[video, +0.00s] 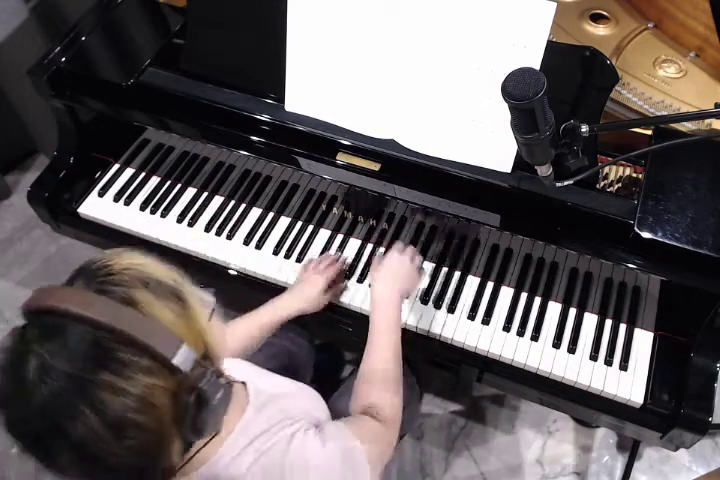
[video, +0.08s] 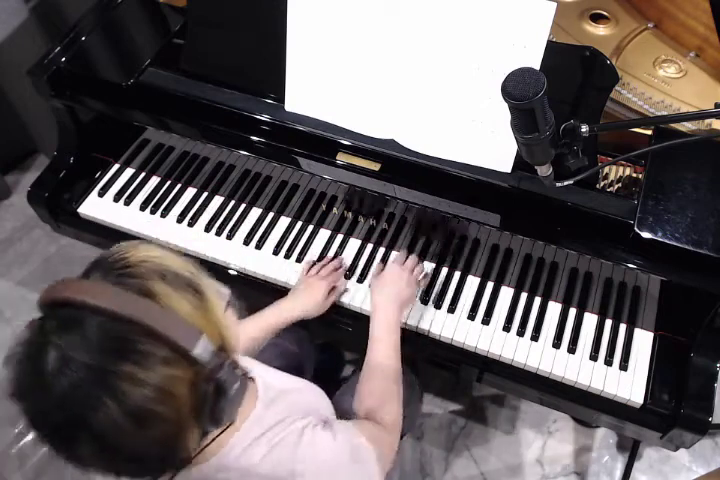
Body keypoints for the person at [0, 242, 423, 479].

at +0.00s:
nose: (200, 295)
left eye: (185, 292)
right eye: (187, 300)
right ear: (180, 362)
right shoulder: (288, 462)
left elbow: (208, 350)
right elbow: (378, 423)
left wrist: (294, 301)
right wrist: (387, 301)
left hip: (251, 377)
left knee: (292, 337)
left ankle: (316, 387)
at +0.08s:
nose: (213, 290)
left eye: (200, 287)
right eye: (200, 296)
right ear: (193, 364)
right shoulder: (295, 457)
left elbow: (215, 355)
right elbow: (380, 434)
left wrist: (291, 307)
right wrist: (387, 316)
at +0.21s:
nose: (244, 284)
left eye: (233, 283)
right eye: (236, 292)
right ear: (222, 355)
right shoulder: (319, 446)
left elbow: (216, 359)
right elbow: (384, 442)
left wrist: (291, 310)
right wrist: (383, 322)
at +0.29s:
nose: (258, 289)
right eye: (250, 292)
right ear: (233, 352)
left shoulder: (115, 407)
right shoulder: (316, 439)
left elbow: (191, 357)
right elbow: (389, 449)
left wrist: (288, 313)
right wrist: (382, 327)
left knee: (302, 339)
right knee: (388, 366)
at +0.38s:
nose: (271, 281)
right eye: (259, 282)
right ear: (252, 348)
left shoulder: (117, 390)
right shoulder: (319, 431)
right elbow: (392, 450)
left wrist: (285, 311)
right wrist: (381, 335)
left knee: (311, 340)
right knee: (393, 368)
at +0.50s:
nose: (289, 264)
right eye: (282, 272)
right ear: (275, 344)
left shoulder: (122, 387)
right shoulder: (337, 432)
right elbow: (395, 444)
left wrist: (295, 313)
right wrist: (380, 338)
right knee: (395, 366)